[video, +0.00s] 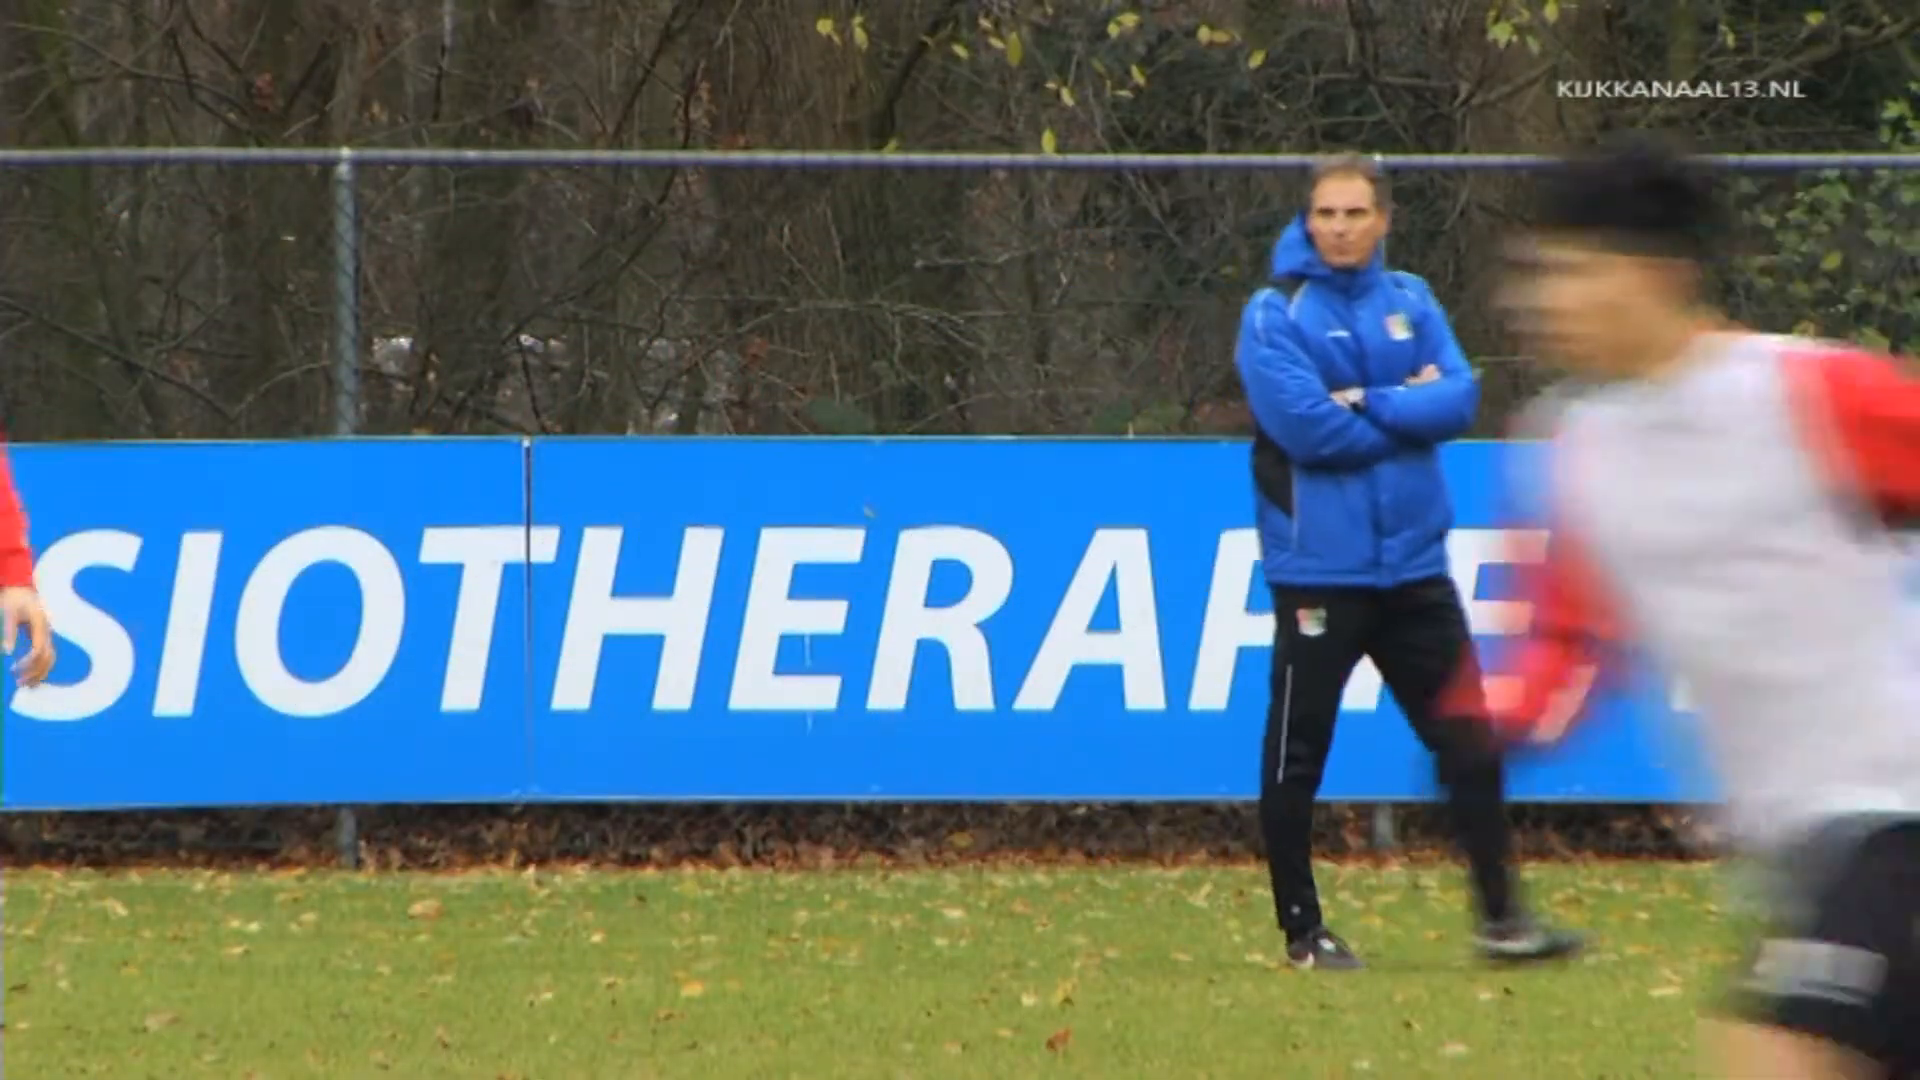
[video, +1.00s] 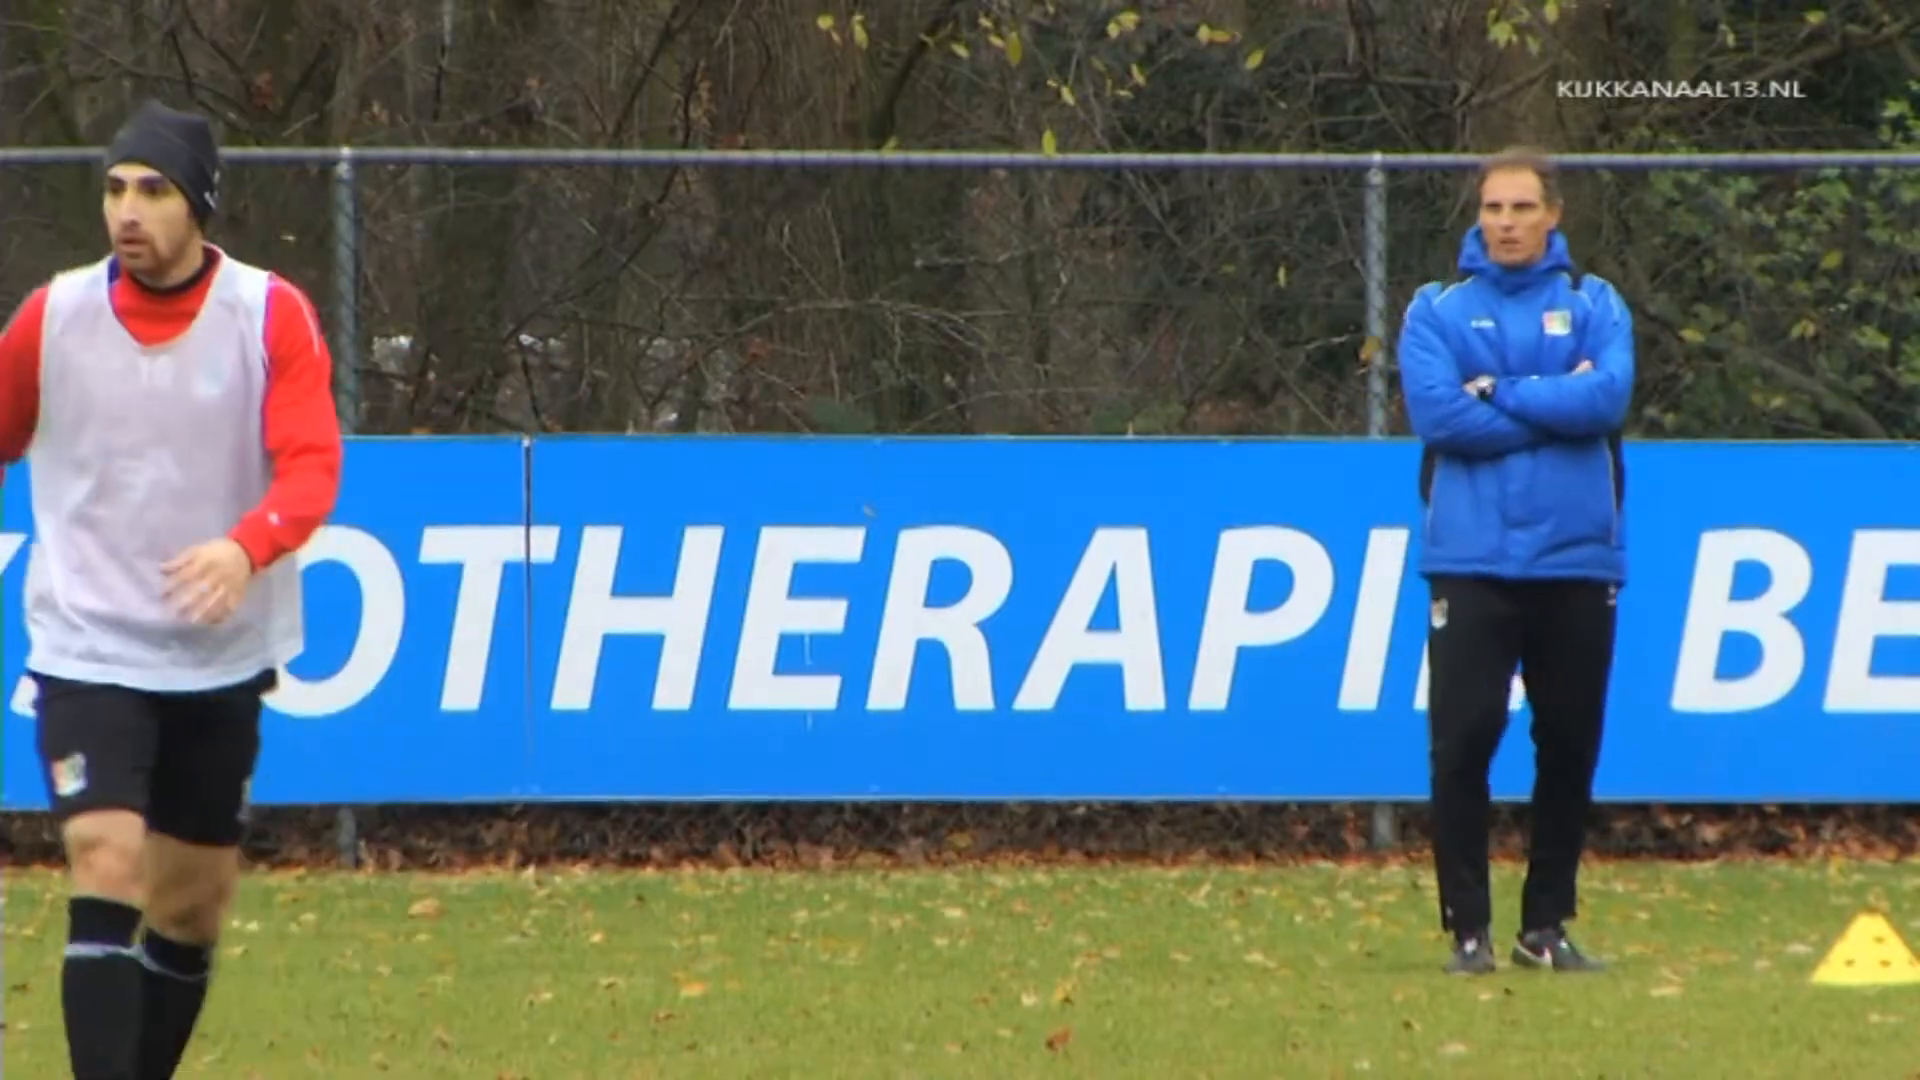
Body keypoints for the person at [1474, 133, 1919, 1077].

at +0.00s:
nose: (1549, 299)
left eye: (1577, 269)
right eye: (1543, 272)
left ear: (1670, 269)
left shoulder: (1816, 387)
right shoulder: (1585, 449)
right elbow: (1571, 633)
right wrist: (1507, 710)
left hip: (1893, 793)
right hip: (1779, 817)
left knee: (1779, 1045)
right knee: (1868, 1051)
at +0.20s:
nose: (1401, 229)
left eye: (1416, 215)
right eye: (1387, 215)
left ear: (1443, 223)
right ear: (1364, 224)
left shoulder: (1474, 303)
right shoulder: (1326, 313)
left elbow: (1508, 400)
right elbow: (1349, 421)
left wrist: (1409, 407)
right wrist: (1469, 407)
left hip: (1469, 559)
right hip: (1368, 556)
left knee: (1500, 735)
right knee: (1375, 740)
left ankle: (1530, 925)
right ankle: (1378, 938)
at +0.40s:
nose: (1466, 223)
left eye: (1481, 209)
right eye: (1452, 209)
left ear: (1508, 218)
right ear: (1431, 218)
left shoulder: (1542, 302)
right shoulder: (1385, 306)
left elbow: (1561, 399)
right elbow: (1392, 417)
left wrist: (1452, 390)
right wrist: (1509, 413)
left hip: (1526, 567)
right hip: (1418, 566)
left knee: (1543, 749)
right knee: (1370, 746)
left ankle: (1539, 933)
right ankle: (1326, 922)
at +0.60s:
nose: (1511, 221)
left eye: (1526, 207)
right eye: (1498, 207)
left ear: (1555, 218)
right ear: (1478, 215)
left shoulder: (1591, 307)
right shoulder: (1428, 299)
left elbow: (1589, 404)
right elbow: (1421, 412)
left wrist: (1478, 388)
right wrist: (1539, 413)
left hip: (1553, 559)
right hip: (1447, 555)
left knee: (1557, 746)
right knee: (1415, 728)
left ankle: (1542, 932)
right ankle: (1363, 909)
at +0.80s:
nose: (1522, 222)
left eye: (1538, 207)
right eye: (1509, 207)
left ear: (1567, 217)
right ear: (1492, 216)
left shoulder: (1604, 306)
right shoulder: (1444, 302)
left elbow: (1602, 405)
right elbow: (1435, 414)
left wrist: (1487, 387)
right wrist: (1550, 411)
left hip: (1566, 559)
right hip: (1461, 557)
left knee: (1562, 750)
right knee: (1450, 739)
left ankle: (1544, 930)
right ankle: (1457, 925)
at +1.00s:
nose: (1506, 223)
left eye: (1522, 208)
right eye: (1493, 208)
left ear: (1553, 217)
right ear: (1477, 218)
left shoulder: (1596, 303)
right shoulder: (1434, 309)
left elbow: (1607, 400)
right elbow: (1439, 420)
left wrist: (1493, 389)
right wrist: (1551, 410)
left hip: (1576, 563)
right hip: (1472, 564)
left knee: (1569, 753)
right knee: (1461, 747)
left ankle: (1546, 929)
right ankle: (1468, 932)